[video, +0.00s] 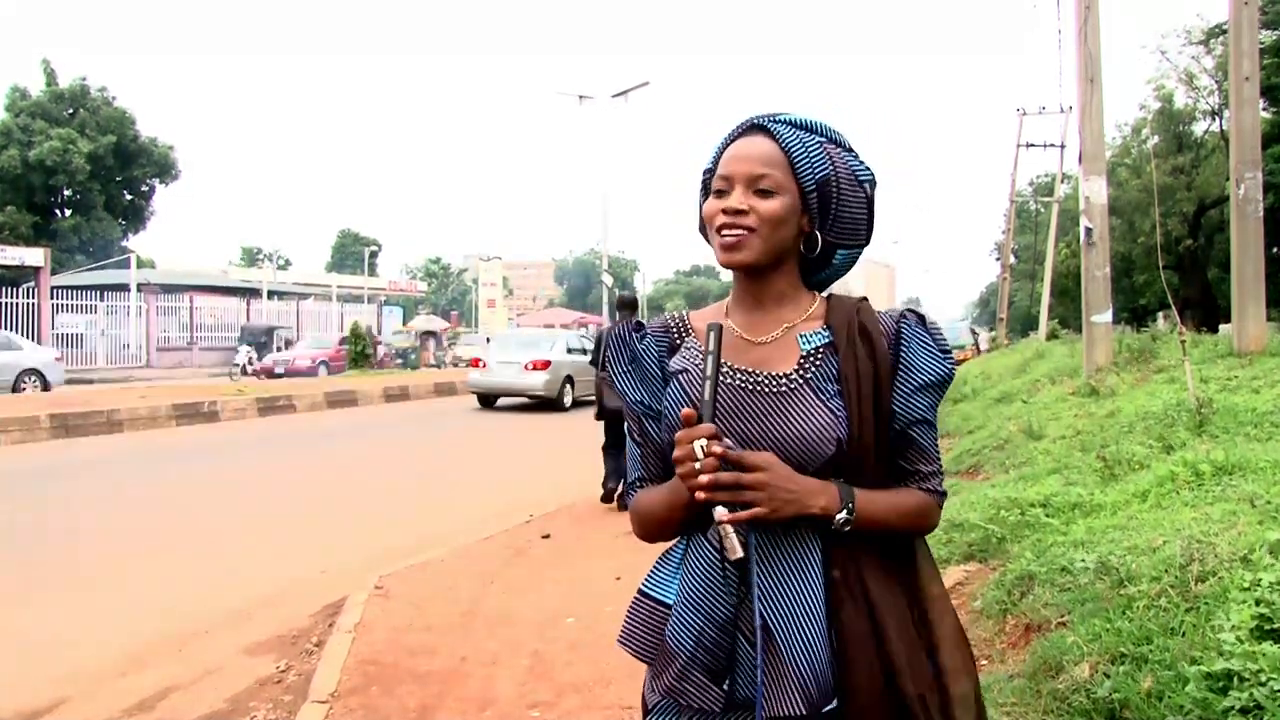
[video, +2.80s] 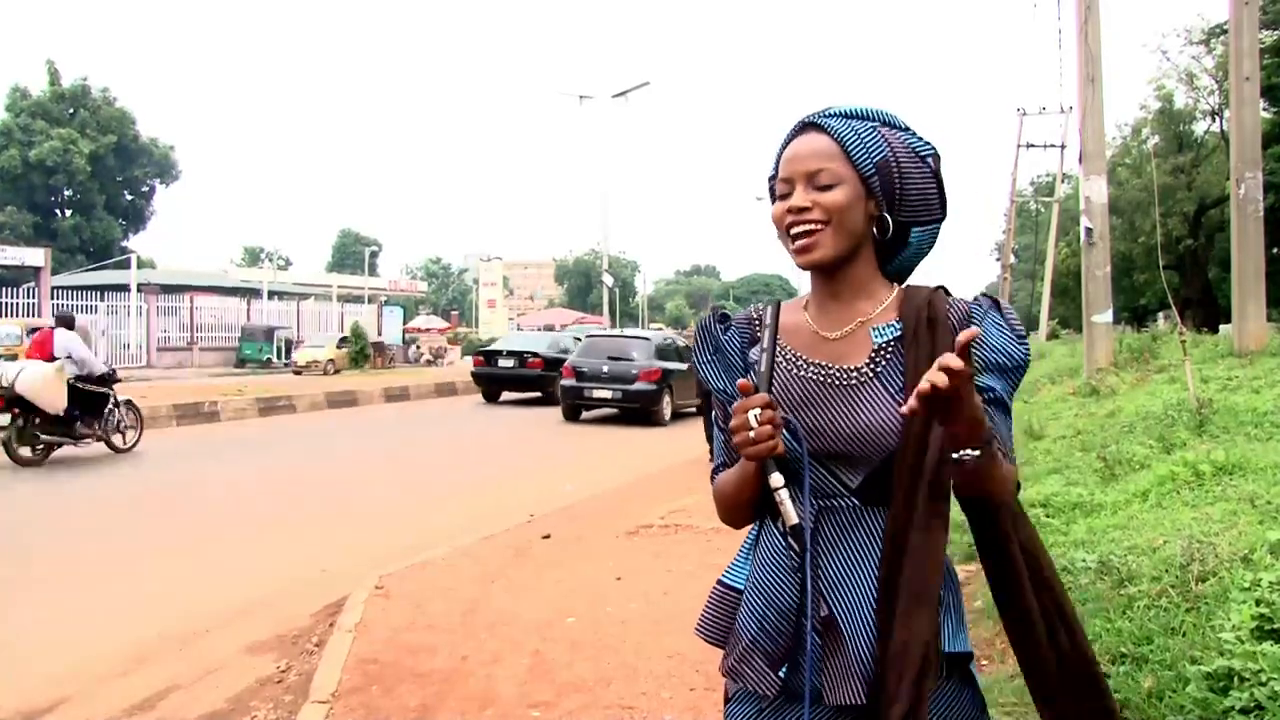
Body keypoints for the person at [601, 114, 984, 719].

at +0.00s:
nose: (733, 206)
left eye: (762, 191)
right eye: (720, 190)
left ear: (809, 217)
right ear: (705, 208)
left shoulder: (877, 342)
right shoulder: (666, 349)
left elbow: (926, 504)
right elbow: (645, 521)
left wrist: (813, 494)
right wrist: (685, 486)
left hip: (847, 651)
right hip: (709, 654)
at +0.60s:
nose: (785, 203)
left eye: (813, 187)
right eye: (771, 184)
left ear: (856, 213)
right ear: (749, 202)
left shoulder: (916, 334)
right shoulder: (706, 336)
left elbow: (952, 498)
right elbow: (680, 514)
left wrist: (878, 465)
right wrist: (742, 461)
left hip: (880, 614)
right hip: (750, 621)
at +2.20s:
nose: (817, 228)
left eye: (847, 210)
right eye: (805, 209)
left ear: (894, 231)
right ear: (788, 224)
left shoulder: (960, 349)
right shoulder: (760, 361)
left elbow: (1001, 519)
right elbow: (743, 531)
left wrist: (960, 453)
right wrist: (786, 494)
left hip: (934, 625)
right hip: (809, 625)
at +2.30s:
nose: (821, 219)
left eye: (849, 202)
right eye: (807, 203)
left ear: (896, 226)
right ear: (790, 223)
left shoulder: (955, 342)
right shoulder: (760, 356)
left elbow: (1006, 514)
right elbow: (743, 525)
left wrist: (968, 395)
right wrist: (783, 486)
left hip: (930, 627)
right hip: (806, 627)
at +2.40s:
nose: (824, 208)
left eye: (850, 190)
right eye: (808, 196)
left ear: (900, 213)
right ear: (791, 220)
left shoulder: (961, 322)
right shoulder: (762, 347)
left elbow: (1014, 491)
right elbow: (742, 517)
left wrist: (975, 323)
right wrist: (781, 473)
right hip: (806, 635)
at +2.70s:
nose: (808, 200)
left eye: (835, 182)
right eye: (794, 188)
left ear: (892, 203)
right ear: (781, 212)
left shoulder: (954, 318)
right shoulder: (751, 336)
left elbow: (1023, 471)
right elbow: (733, 511)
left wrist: (977, 299)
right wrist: (757, 456)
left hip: (909, 627)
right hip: (782, 626)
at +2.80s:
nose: (796, 205)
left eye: (822, 184)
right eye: (783, 191)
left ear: (877, 201)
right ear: (772, 210)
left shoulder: (947, 327)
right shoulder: (750, 338)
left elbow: (996, 492)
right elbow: (730, 511)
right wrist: (751, 462)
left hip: (904, 623)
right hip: (779, 621)